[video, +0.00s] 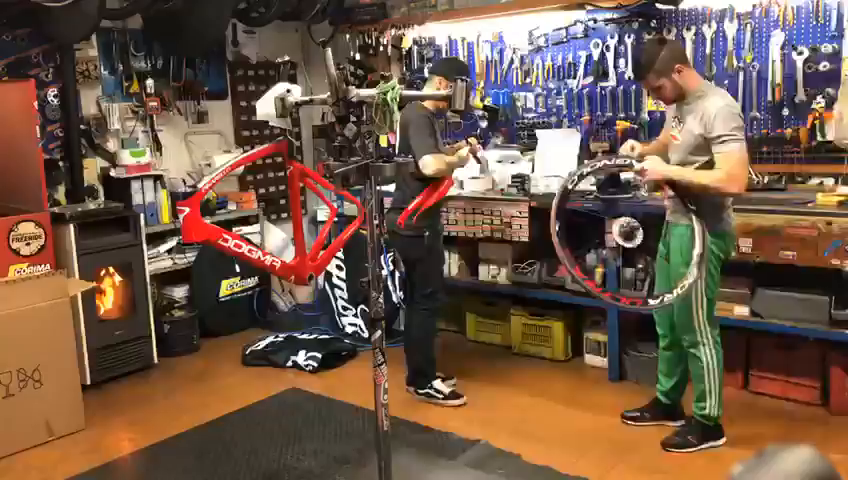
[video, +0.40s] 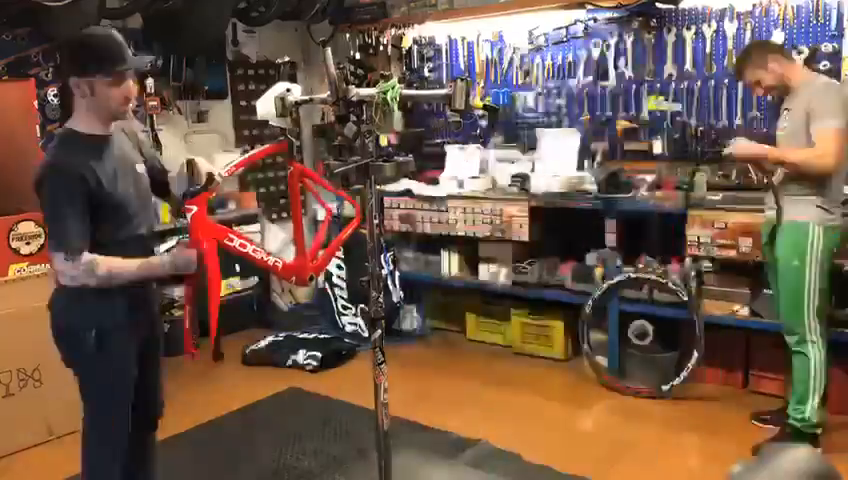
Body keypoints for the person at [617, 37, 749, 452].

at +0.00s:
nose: (656, 98)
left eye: (657, 89)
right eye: (650, 91)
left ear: (680, 71)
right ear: (671, 75)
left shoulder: (720, 108)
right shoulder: (683, 106)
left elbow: (734, 181)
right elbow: (669, 144)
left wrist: (670, 173)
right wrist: (640, 149)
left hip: (703, 231)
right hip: (675, 226)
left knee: (696, 325)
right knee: (667, 319)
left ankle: (708, 422)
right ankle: (668, 403)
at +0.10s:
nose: (661, 86)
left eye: (665, 77)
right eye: (658, 79)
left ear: (691, 68)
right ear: (685, 71)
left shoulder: (721, 106)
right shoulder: (685, 102)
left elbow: (720, 171)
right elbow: (646, 120)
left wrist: (664, 146)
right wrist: (632, 122)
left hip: (693, 230)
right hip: (666, 225)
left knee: (695, 324)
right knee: (657, 315)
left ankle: (708, 421)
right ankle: (666, 402)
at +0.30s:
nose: (719, 66)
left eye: (725, 56)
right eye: (716, 58)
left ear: (746, 52)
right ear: (749, 57)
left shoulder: (748, 98)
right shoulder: (783, 95)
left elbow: (739, 165)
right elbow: (788, 160)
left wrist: (698, 173)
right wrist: (727, 172)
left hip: (740, 218)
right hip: (777, 216)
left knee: (709, 304)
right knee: (767, 310)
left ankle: (713, 403)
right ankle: (769, 405)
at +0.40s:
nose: (761, 94)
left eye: (758, 85)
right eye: (756, 89)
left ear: (775, 64)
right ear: (771, 69)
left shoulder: (824, 91)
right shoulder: (796, 97)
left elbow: (828, 159)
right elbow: (804, 162)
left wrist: (766, 153)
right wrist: (762, 161)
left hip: (811, 222)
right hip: (790, 219)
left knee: (804, 328)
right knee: (793, 326)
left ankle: (805, 427)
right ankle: (798, 411)